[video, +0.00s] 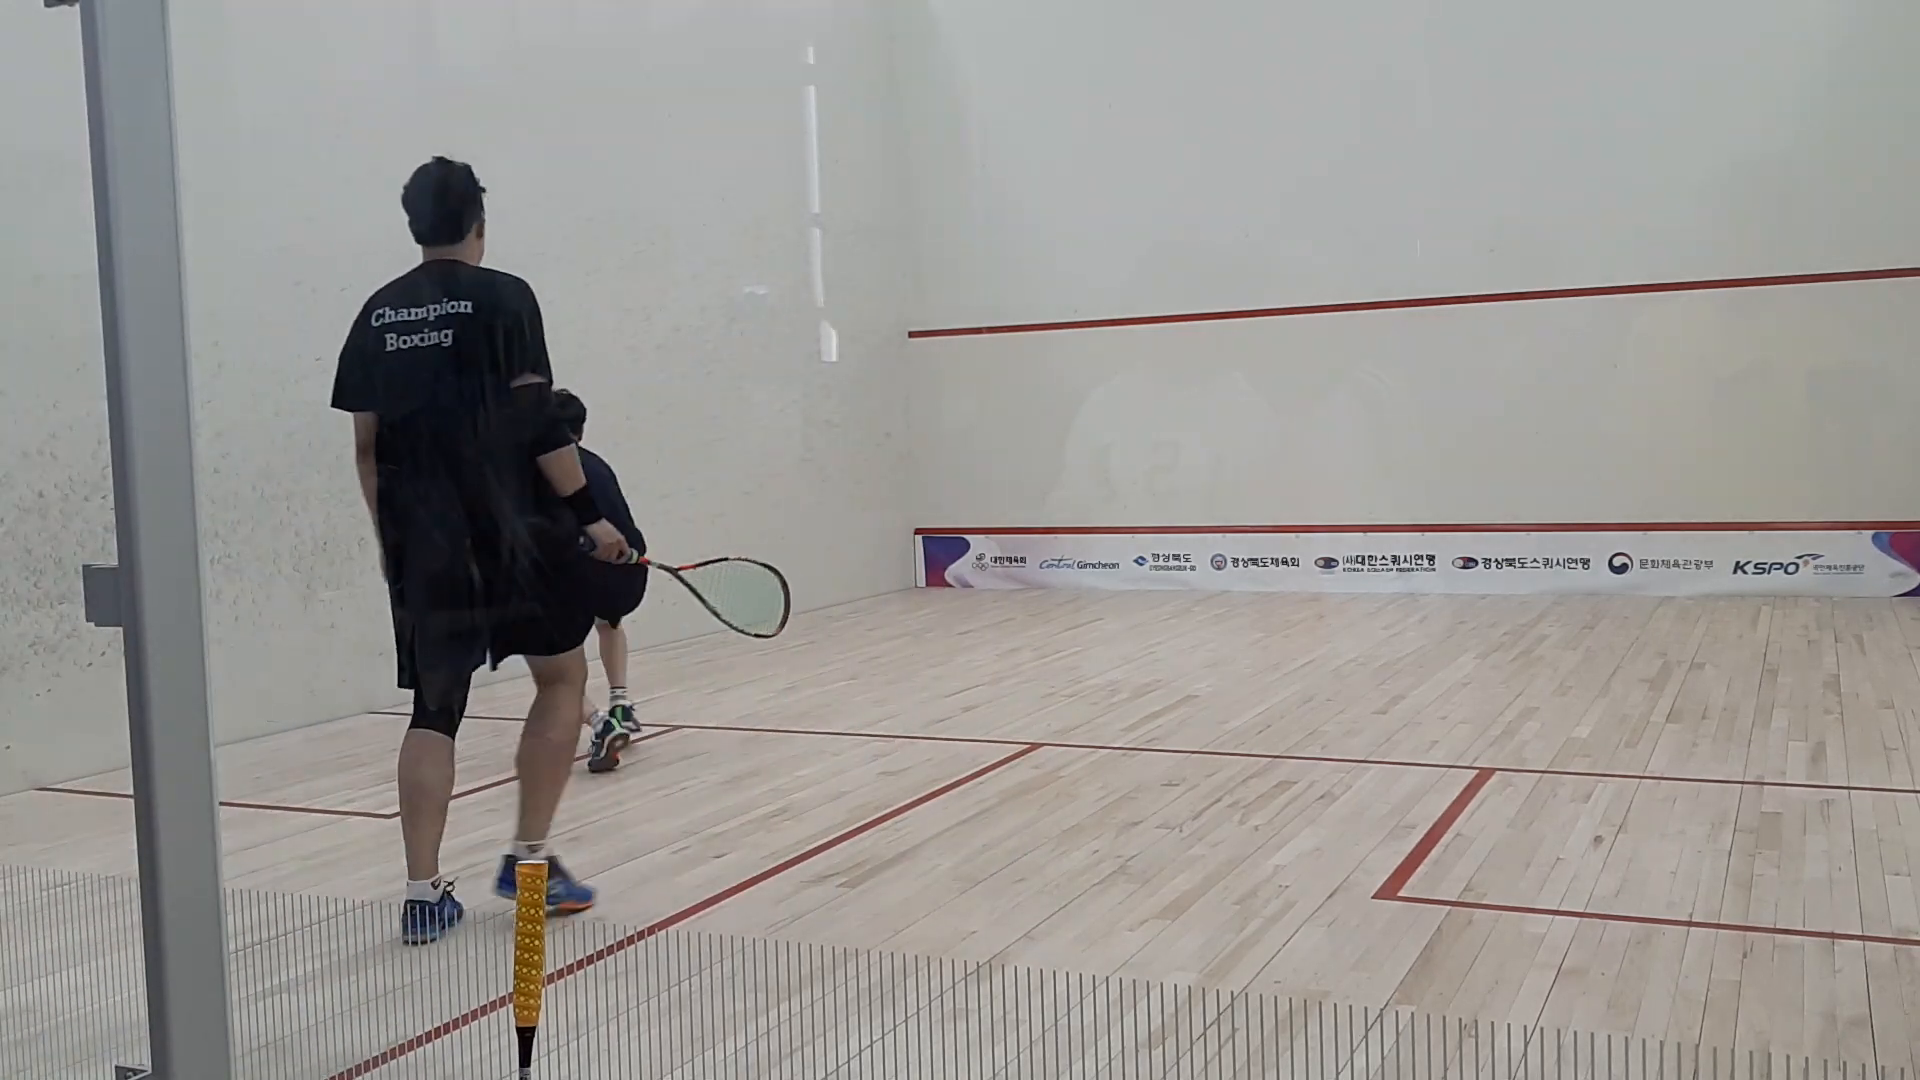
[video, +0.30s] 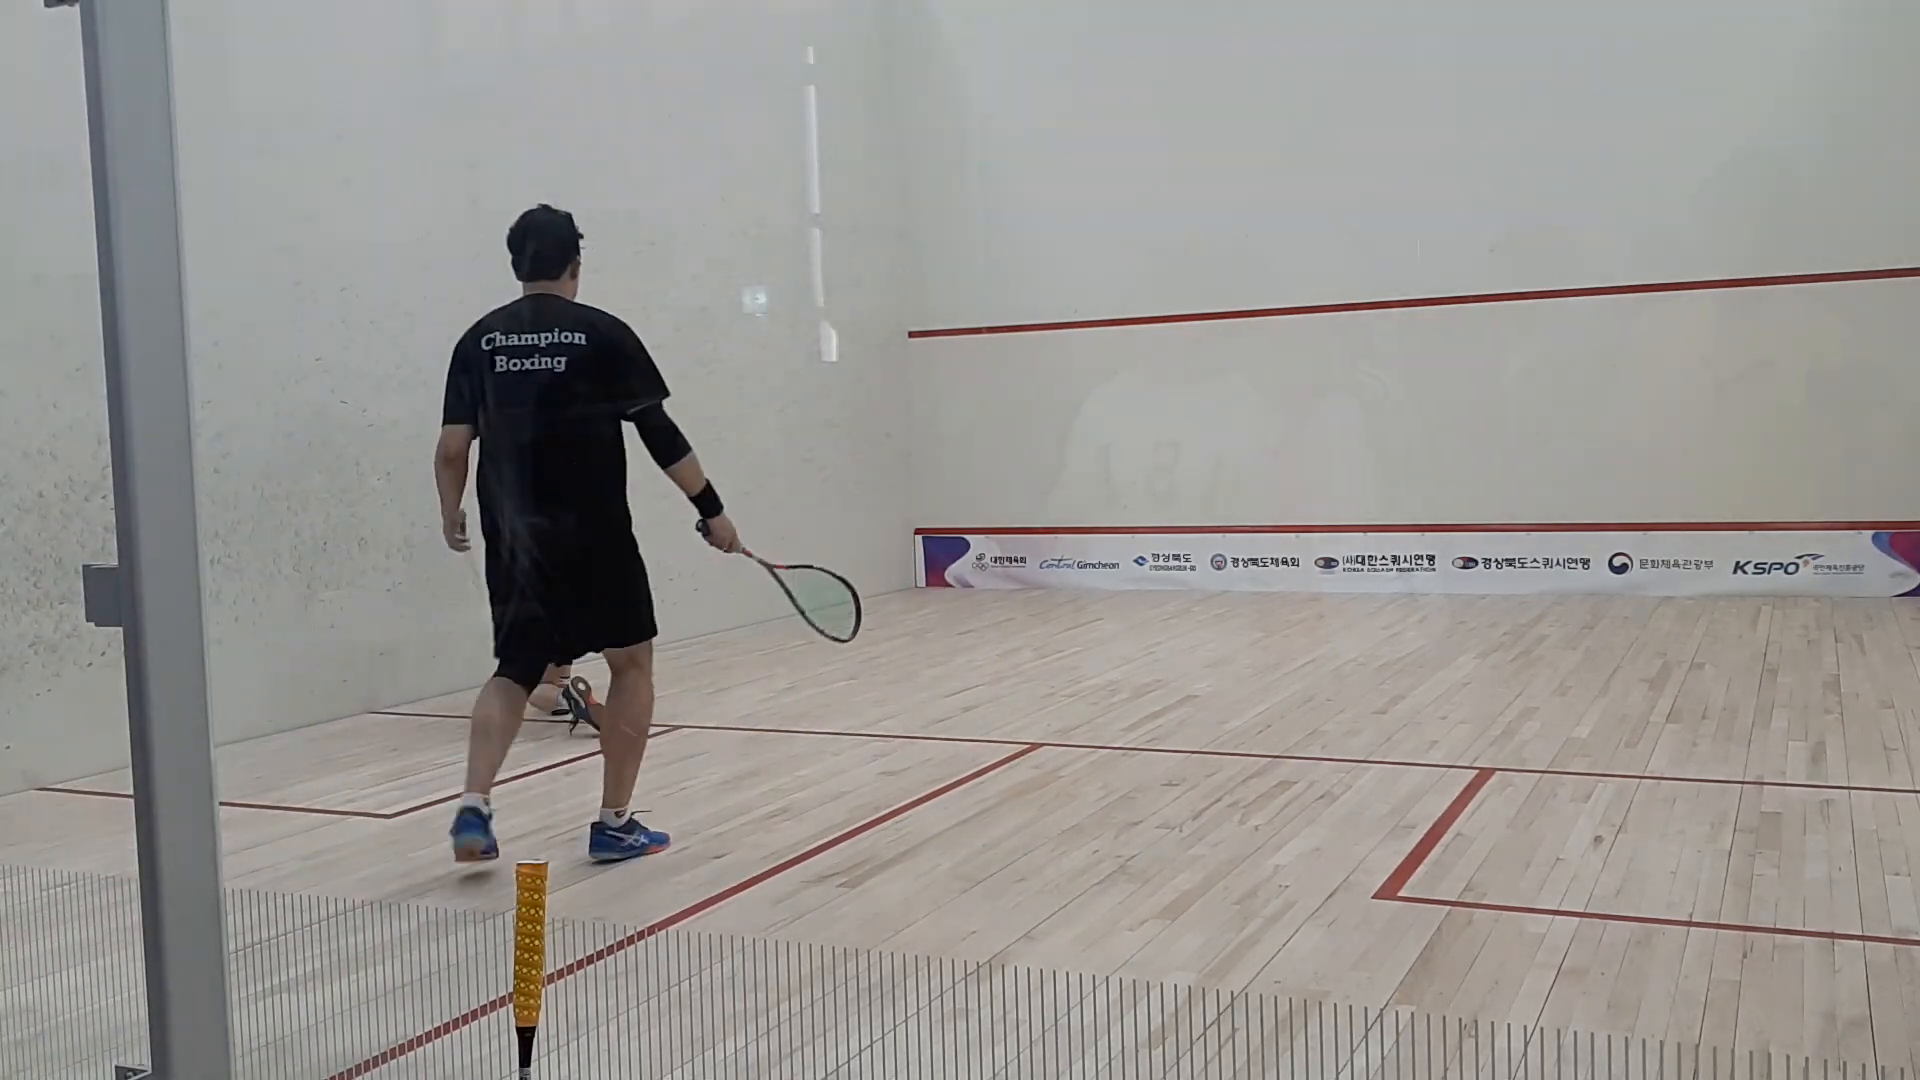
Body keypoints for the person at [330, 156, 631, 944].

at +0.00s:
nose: (486, 226)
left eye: (476, 214)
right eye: (484, 215)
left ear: (413, 227)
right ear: (477, 221)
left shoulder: (376, 314)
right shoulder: (506, 297)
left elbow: (367, 450)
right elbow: (538, 424)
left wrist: (390, 541)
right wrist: (593, 514)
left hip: (425, 549)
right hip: (518, 539)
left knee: (433, 707)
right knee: (561, 682)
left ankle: (423, 893)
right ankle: (531, 853)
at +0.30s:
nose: (579, 267)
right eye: (578, 259)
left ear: (514, 266)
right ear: (575, 263)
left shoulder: (478, 341)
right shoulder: (606, 336)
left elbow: (451, 449)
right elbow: (660, 437)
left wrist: (450, 511)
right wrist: (711, 511)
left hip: (514, 542)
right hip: (595, 537)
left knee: (516, 666)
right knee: (631, 662)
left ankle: (473, 803)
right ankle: (614, 821)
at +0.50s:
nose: (627, 318)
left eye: (621, 310)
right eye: (626, 310)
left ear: (566, 319)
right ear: (620, 316)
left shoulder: (518, 383)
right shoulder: (639, 388)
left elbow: (474, 480)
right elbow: (681, 489)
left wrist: (458, 562)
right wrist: (744, 537)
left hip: (538, 571)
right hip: (618, 567)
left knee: (556, 669)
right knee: (732, 637)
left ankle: (512, 789)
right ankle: (727, 786)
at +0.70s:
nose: (704, 360)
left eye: (700, 351)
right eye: (702, 352)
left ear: (643, 361)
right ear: (696, 362)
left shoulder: (602, 419)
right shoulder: (701, 436)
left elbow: (559, 511)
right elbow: (725, 540)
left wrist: (556, 578)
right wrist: (799, 565)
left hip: (602, 595)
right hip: (673, 597)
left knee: (612, 680)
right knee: (791, 651)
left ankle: (518, 788)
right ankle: (798, 798)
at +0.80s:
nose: (724, 328)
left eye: (719, 318)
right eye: (720, 319)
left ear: (663, 333)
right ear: (713, 331)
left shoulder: (627, 394)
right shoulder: (719, 408)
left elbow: (592, 489)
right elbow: (758, 500)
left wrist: (623, 550)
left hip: (635, 581)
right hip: (708, 579)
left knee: (640, 672)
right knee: (807, 646)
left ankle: (542, 783)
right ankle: (800, 796)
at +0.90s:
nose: (725, 295)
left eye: (721, 285)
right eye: (721, 286)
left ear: (658, 299)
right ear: (714, 298)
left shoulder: (631, 363)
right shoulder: (711, 380)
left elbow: (645, 455)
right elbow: (763, 449)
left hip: (644, 552)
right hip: (713, 552)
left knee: (691, 659)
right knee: (808, 643)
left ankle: (604, 769)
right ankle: (800, 798)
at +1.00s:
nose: (711, 273)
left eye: (705, 262)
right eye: (707, 264)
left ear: (647, 282)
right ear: (701, 277)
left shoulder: (631, 347)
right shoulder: (689, 359)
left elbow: (677, 414)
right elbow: (756, 408)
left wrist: (733, 384)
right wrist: (812, 329)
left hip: (656, 548)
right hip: (722, 542)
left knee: (711, 669)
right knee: (800, 648)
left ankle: (660, 780)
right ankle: (801, 799)